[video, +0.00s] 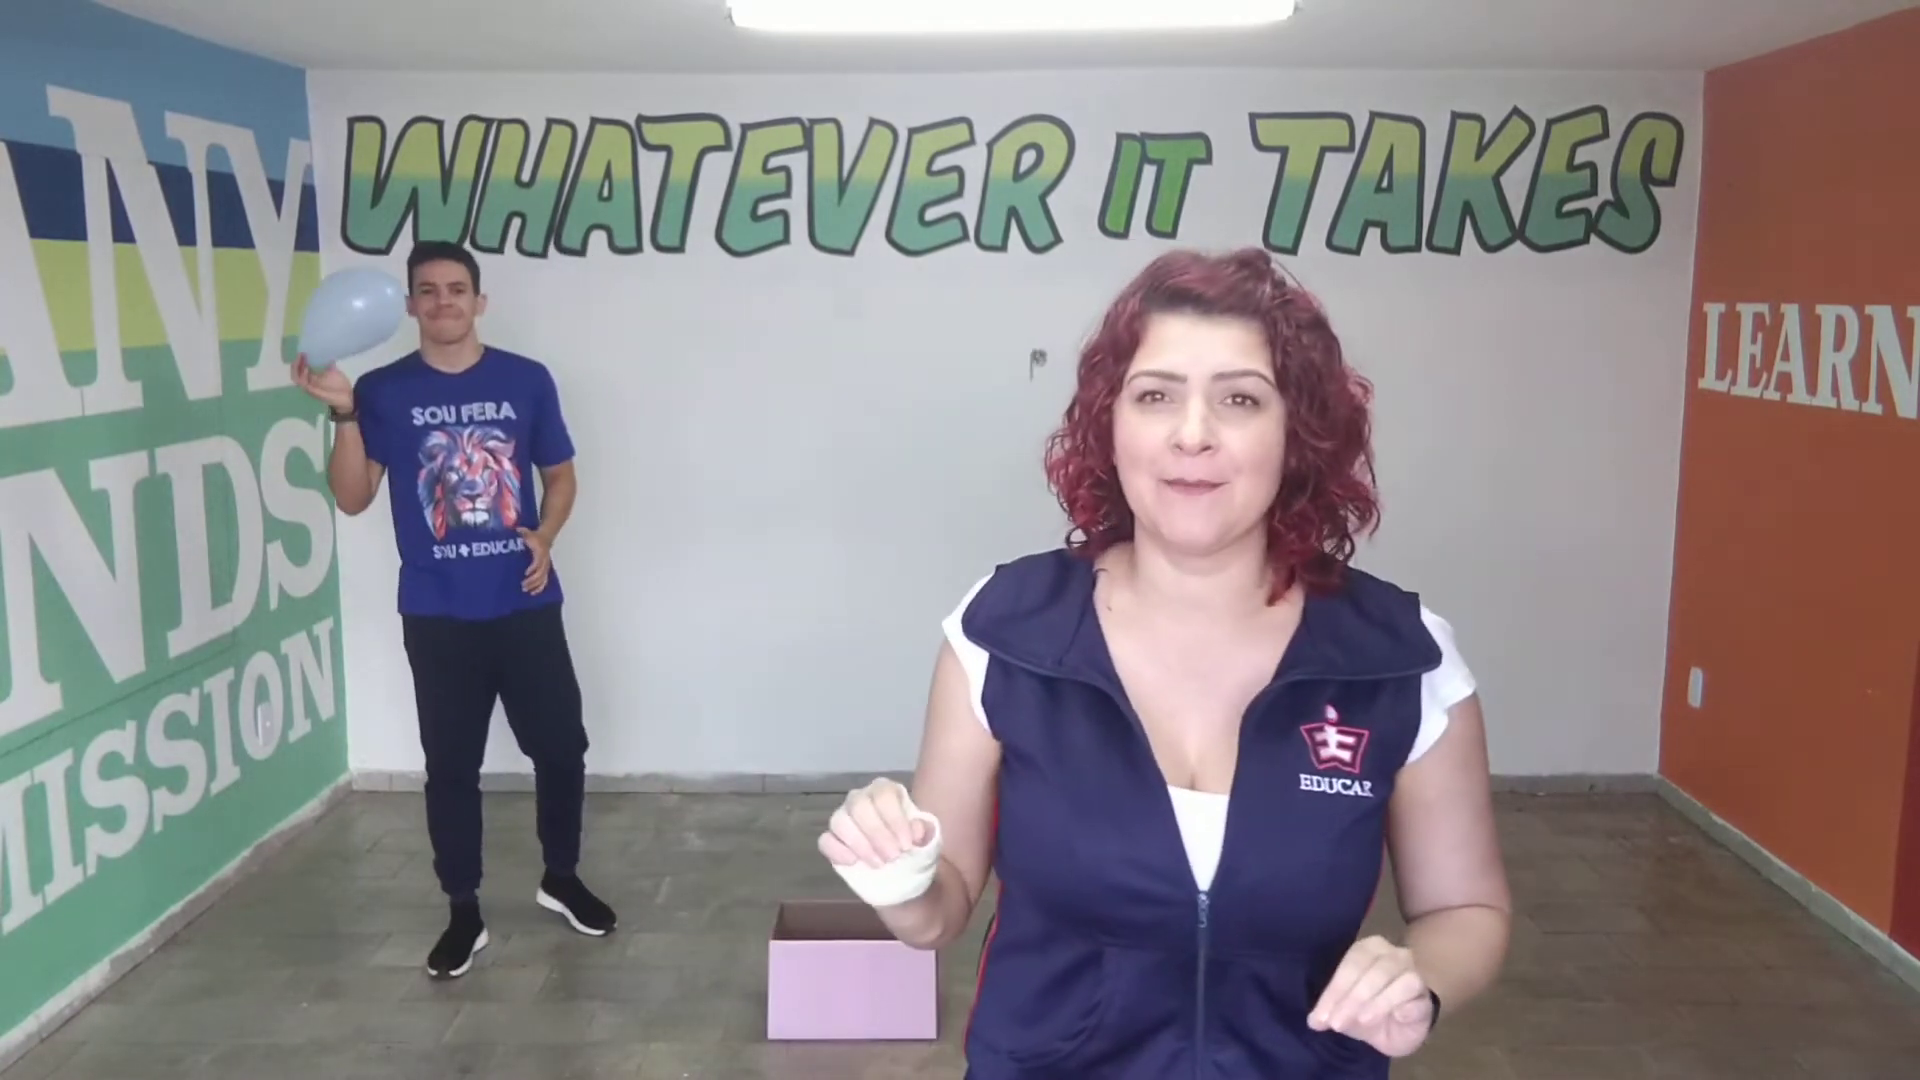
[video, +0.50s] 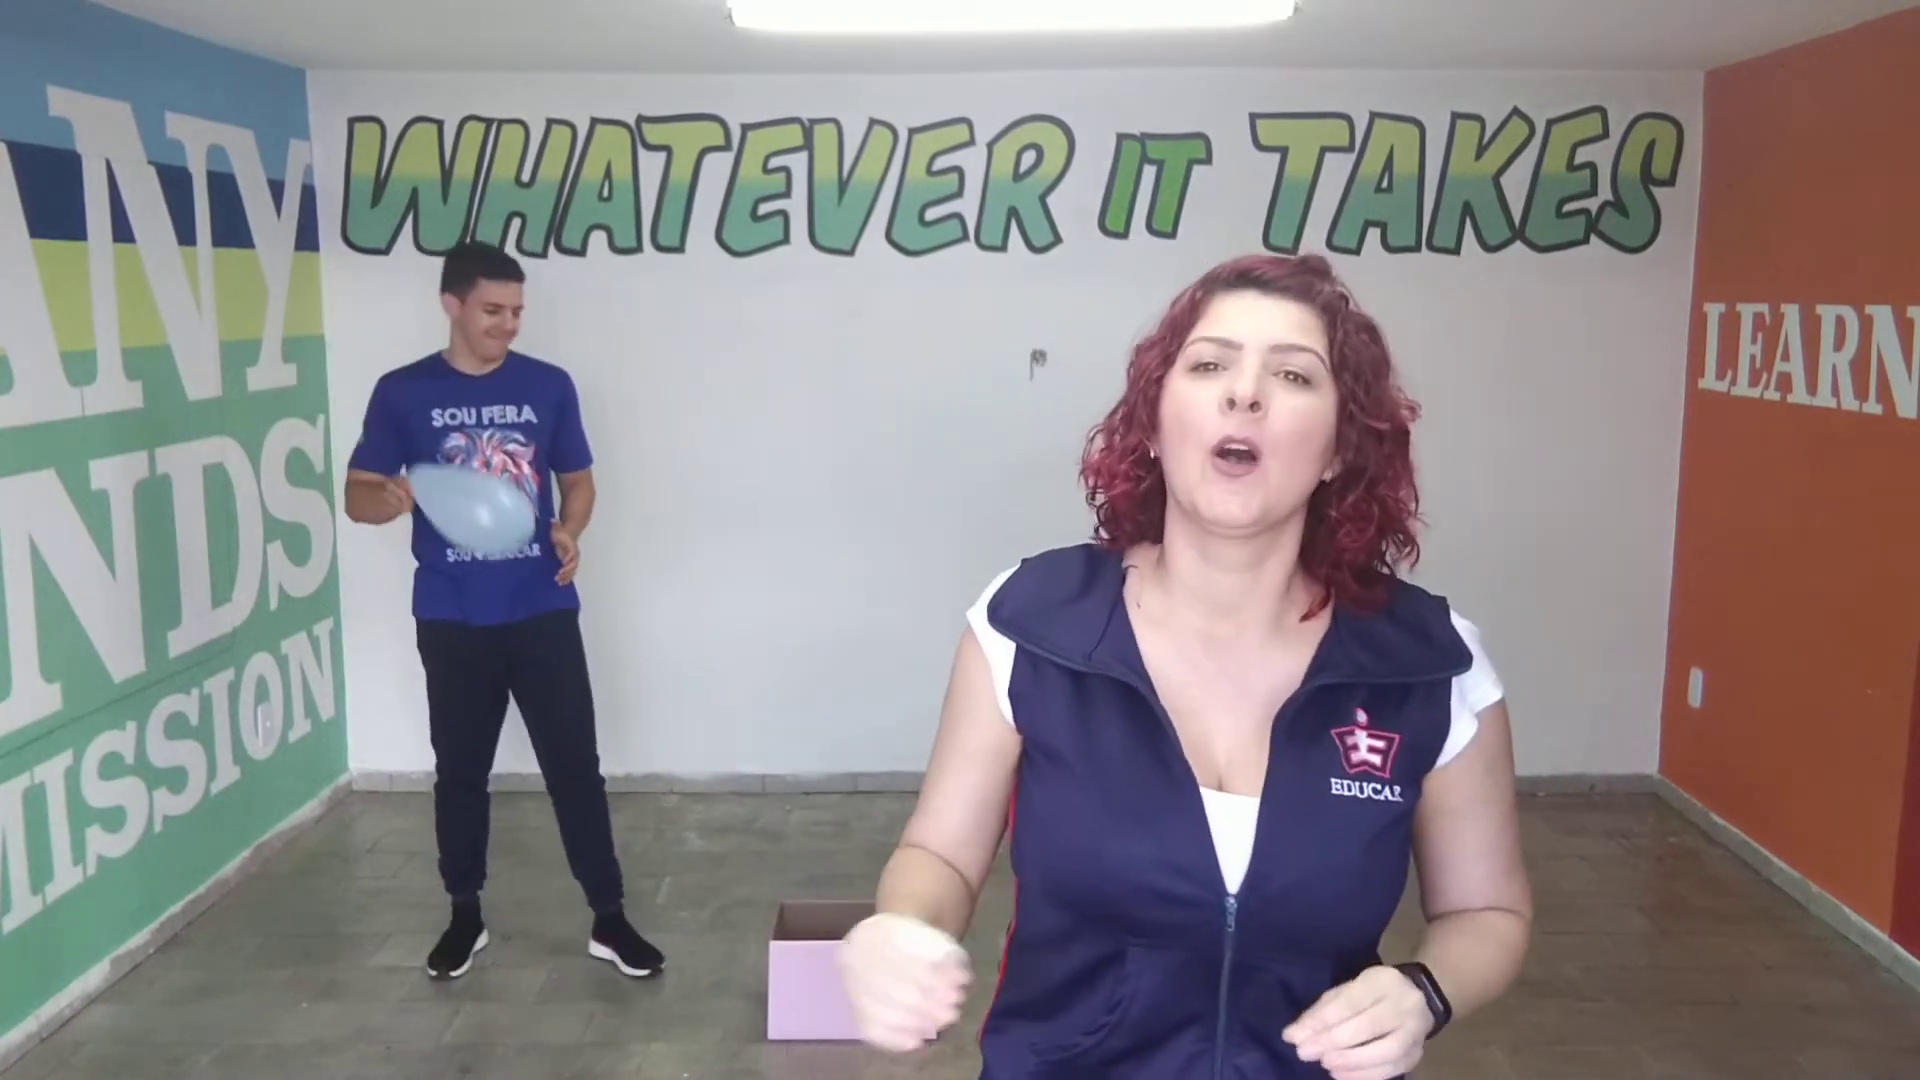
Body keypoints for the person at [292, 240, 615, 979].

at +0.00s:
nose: (441, 303)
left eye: (454, 290)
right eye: (427, 292)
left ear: (478, 301)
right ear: (411, 305)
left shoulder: (525, 381)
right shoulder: (383, 392)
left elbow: (561, 475)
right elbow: (352, 499)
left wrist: (545, 532)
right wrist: (346, 412)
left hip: (527, 609)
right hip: (438, 618)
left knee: (562, 747)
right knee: (449, 770)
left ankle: (562, 879)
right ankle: (463, 914)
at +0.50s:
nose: (506, 323)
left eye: (515, 310)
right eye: (492, 309)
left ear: (521, 311)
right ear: (452, 306)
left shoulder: (548, 387)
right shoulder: (402, 393)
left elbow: (578, 482)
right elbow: (356, 499)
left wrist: (570, 528)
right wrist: (393, 497)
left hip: (542, 615)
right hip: (454, 622)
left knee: (575, 767)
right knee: (460, 774)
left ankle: (609, 917)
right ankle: (465, 914)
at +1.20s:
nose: (642, 347)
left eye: (653, 334)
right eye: (633, 330)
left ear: (660, 328)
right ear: (595, 310)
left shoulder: (671, 397)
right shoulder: (529, 375)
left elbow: (696, 499)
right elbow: (484, 464)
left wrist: (660, 565)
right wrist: (501, 533)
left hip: (623, 615)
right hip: (536, 609)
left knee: (618, 770)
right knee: (519, 758)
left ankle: (612, 922)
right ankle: (521, 900)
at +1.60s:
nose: (651, 331)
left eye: (663, 319)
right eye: (641, 314)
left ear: (672, 320)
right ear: (606, 304)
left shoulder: (686, 395)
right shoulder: (550, 380)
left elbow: (710, 498)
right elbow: (510, 471)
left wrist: (676, 553)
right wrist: (522, 531)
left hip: (645, 603)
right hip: (566, 598)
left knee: (631, 759)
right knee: (569, 745)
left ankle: (615, 919)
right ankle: (637, 832)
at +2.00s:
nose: (630, 342)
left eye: (639, 329)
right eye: (616, 331)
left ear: (649, 319)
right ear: (585, 322)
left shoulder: (684, 384)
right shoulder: (554, 394)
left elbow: (726, 475)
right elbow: (536, 484)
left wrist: (693, 540)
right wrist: (551, 541)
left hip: (668, 588)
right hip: (596, 591)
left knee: (660, 734)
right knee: (619, 732)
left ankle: (650, 895)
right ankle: (648, 861)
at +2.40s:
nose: (644, 332)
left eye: (653, 318)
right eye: (630, 319)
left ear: (665, 311)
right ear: (601, 313)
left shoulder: (695, 375)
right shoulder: (566, 386)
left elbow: (729, 462)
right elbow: (536, 475)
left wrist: (713, 520)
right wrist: (565, 531)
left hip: (691, 578)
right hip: (614, 586)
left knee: (735, 708)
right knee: (631, 726)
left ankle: (771, 838)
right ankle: (646, 857)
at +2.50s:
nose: (653, 331)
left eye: (662, 317)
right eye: (639, 319)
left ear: (673, 309)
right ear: (609, 312)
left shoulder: (700, 376)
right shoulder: (572, 386)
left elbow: (730, 460)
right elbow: (539, 476)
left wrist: (727, 513)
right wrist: (576, 530)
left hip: (699, 576)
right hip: (621, 584)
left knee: (743, 701)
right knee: (634, 724)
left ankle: (769, 817)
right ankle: (646, 857)